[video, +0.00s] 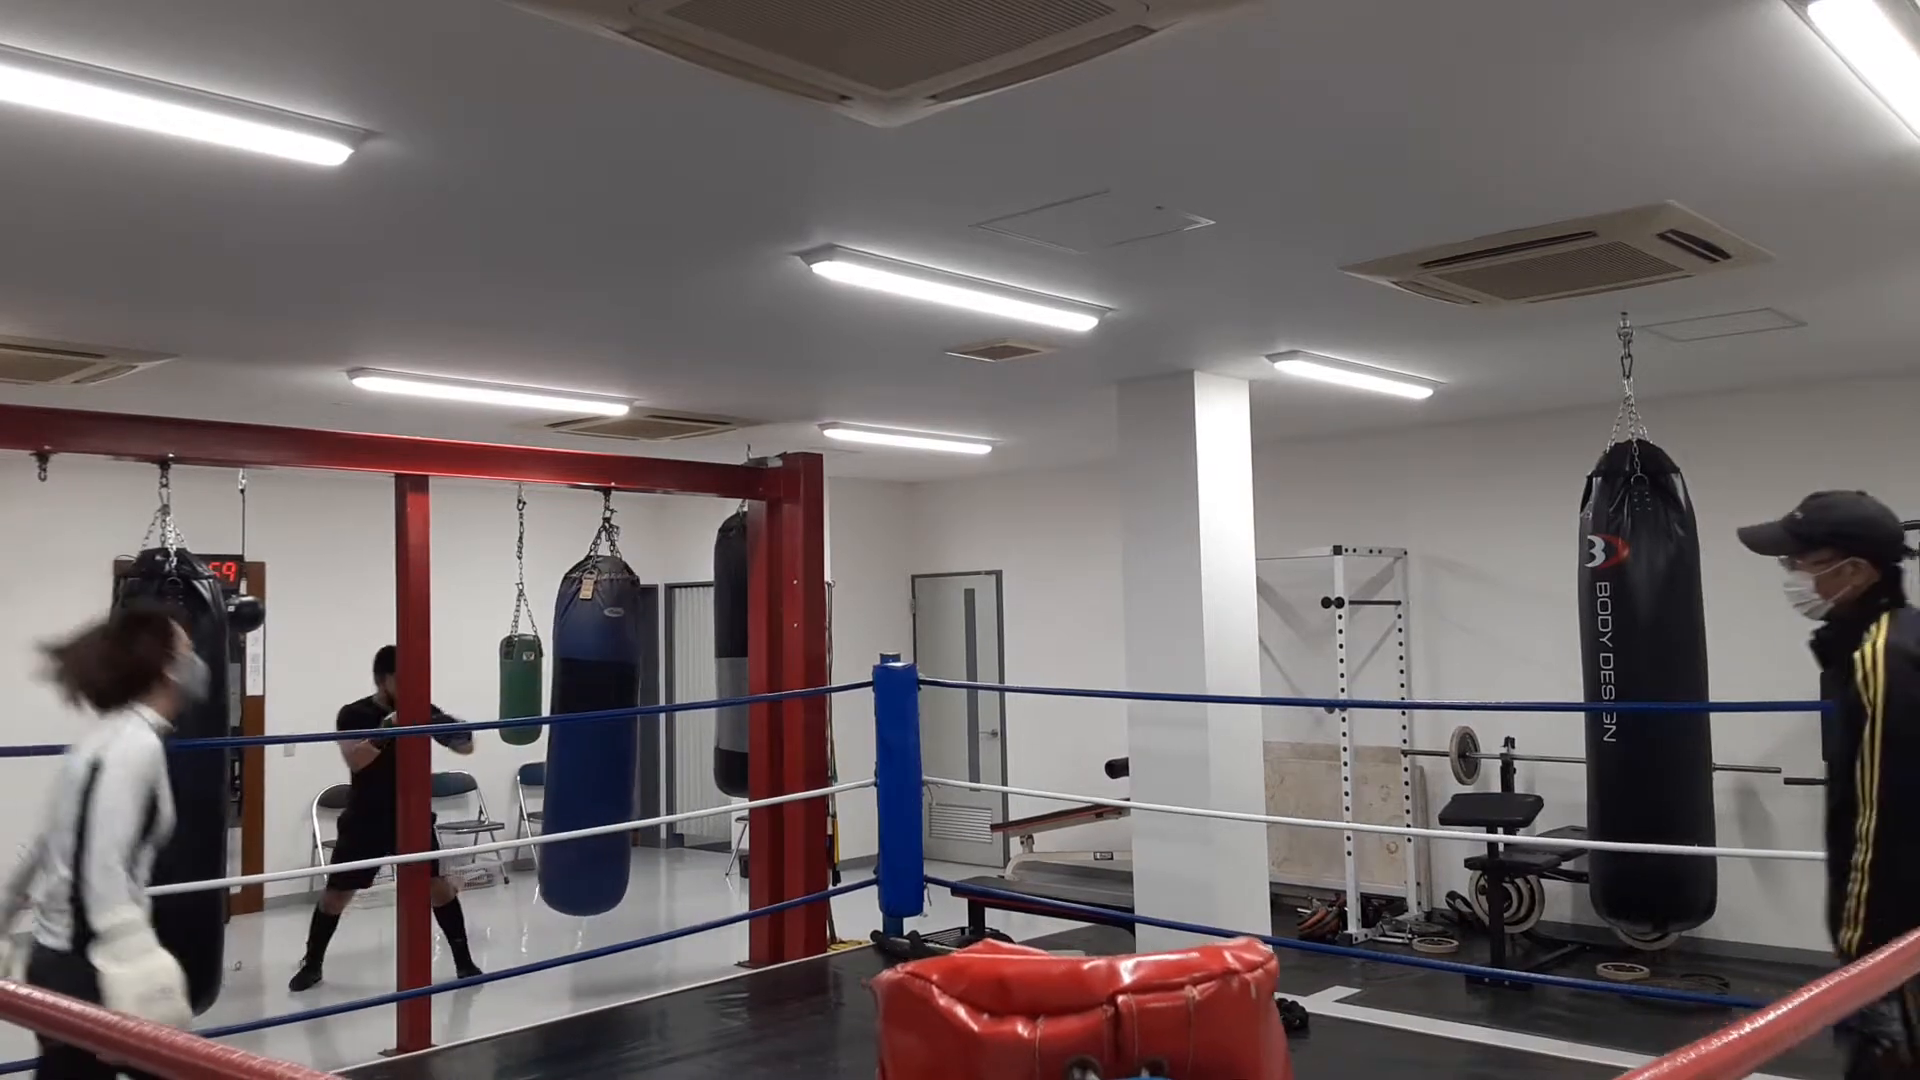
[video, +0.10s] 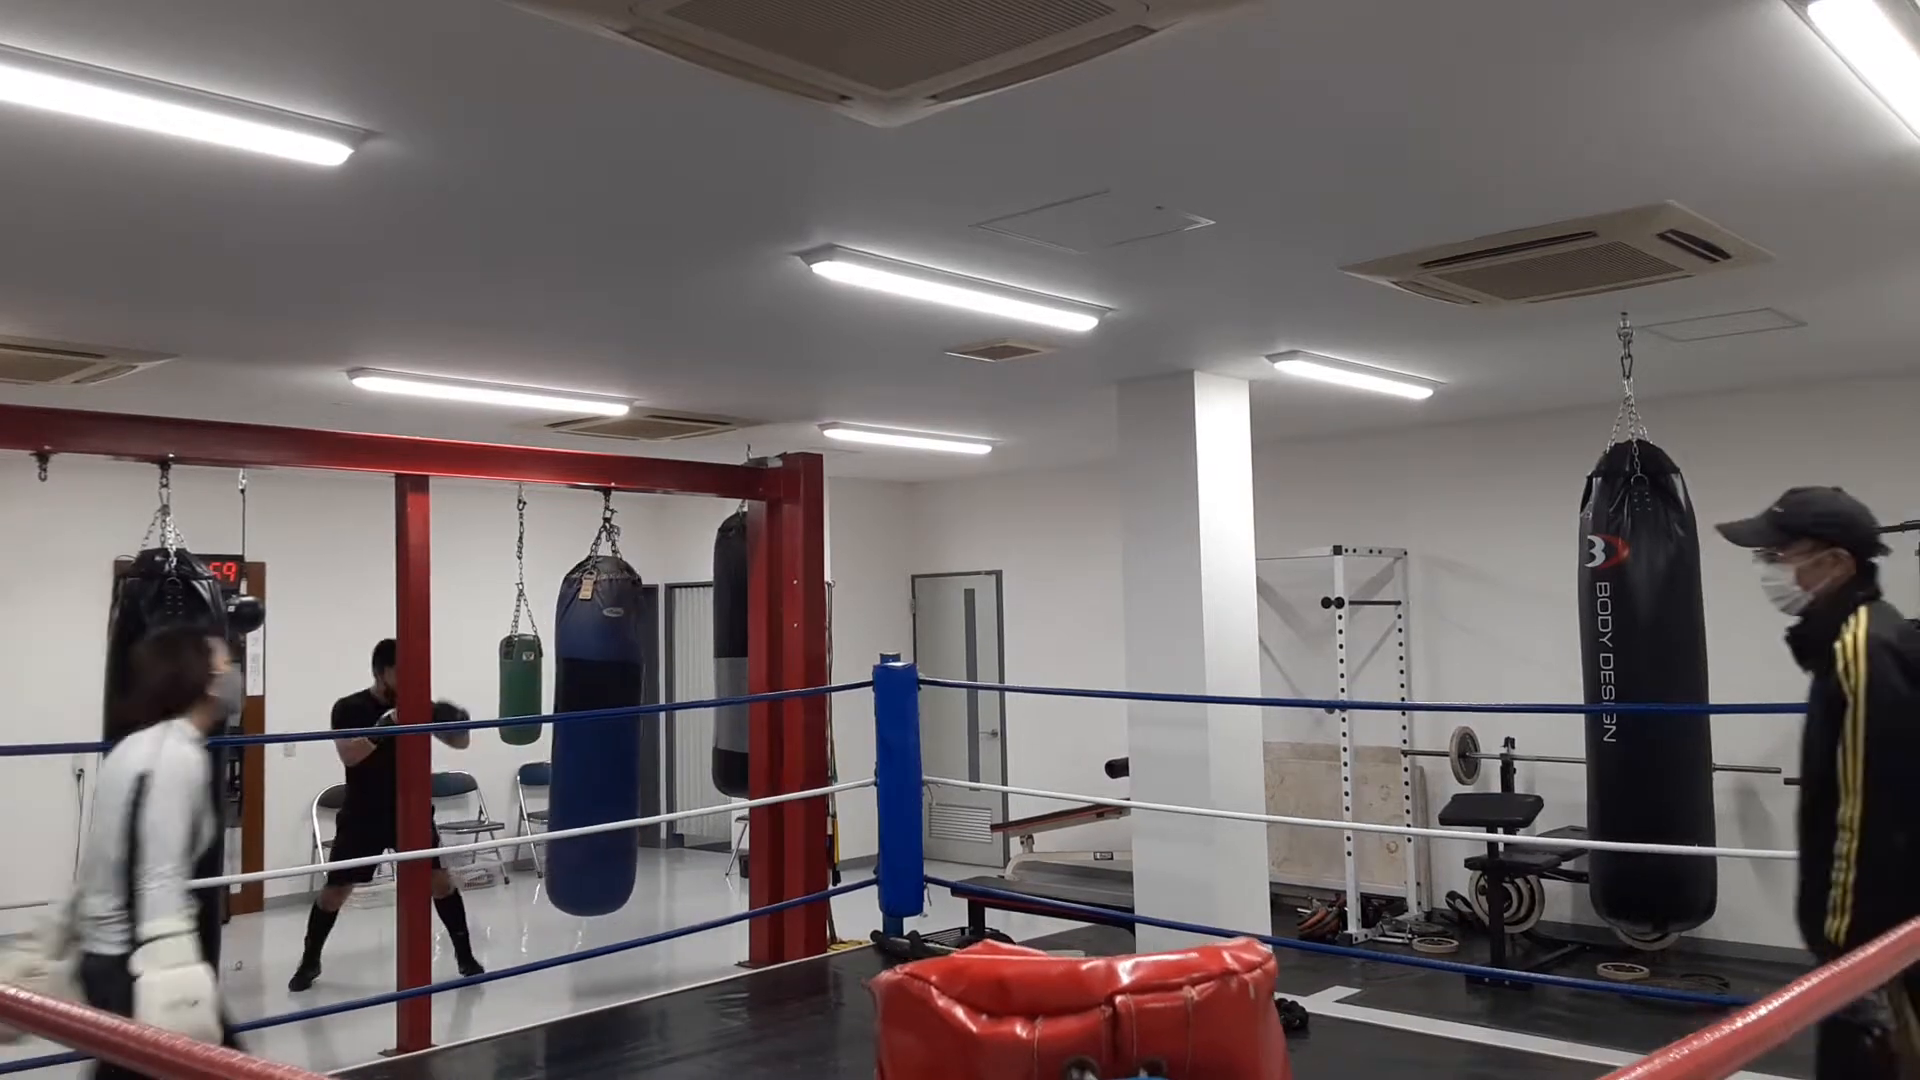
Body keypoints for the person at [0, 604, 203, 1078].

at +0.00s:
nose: (197, 665)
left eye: (191, 650)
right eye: (186, 651)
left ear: (127, 669)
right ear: (164, 668)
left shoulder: (100, 739)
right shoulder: (137, 743)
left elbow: (43, 850)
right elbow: (104, 871)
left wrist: (7, 919)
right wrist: (150, 980)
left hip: (53, 962)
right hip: (94, 969)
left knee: (62, 1069)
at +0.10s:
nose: (236, 671)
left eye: (232, 660)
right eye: (227, 661)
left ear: (170, 680)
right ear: (203, 678)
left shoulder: (129, 748)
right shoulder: (179, 752)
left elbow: (97, 867)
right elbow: (162, 875)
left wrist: (57, 946)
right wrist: (177, 980)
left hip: (104, 960)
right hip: (143, 962)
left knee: (122, 1066)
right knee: (225, 1065)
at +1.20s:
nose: (659, 646)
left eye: (654, 636)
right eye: (649, 638)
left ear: (598, 648)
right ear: (626, 650)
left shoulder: (562, 706)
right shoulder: (633, 712)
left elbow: (533, 791)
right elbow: (638, 813)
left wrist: (500, 857)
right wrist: (690, 872)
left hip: (573, 891)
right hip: (609, 893)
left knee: (647, 998)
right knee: (574, 1025)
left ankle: (666, 1074)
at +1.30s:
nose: (691, 644)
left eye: (688, 634)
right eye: (683, 636)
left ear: (639, 646)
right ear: (659, 645)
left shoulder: (607, 707)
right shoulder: (669, 709)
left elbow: (577, 791)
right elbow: (669, 810)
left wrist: (542, 858)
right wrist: (719, 877)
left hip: (618, 878)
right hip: (651, 880)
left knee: (629, 1006)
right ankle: (689, 1073)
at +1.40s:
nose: (734, 638)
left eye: (731, 628)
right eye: (723, 629)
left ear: (686, 641)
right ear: (696, 639)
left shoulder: (656, 696)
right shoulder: (695, 699)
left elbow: (629, 788)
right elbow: (696, 801)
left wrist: (605, 854)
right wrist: (732, 870)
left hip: (657, 864)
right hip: (685, 866)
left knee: (698, 990)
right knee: (706, 989)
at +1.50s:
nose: (768, 637)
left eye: (766, 627)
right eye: (756, 627)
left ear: (731, 637)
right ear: (727, 636)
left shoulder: (710, 694)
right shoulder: (712, 698)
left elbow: (703, 792)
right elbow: (704, 796)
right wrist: (738, 874)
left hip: (702, 862)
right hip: (701, 864)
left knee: (728, 996)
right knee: (742, 1000)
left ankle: (688, 1071)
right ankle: (683, 1072)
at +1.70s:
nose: (830, 652)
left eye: (831, 641)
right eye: (821, 641)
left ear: (802, 647)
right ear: (792, 645)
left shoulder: (787, 699)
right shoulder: (759, 703)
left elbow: (814, 766)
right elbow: (731, 795)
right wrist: (749, 879)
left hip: (787, 868)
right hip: (768, 874)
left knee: (749, 994)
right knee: (823, 998)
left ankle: (711, 1074)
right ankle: (820, 1074)